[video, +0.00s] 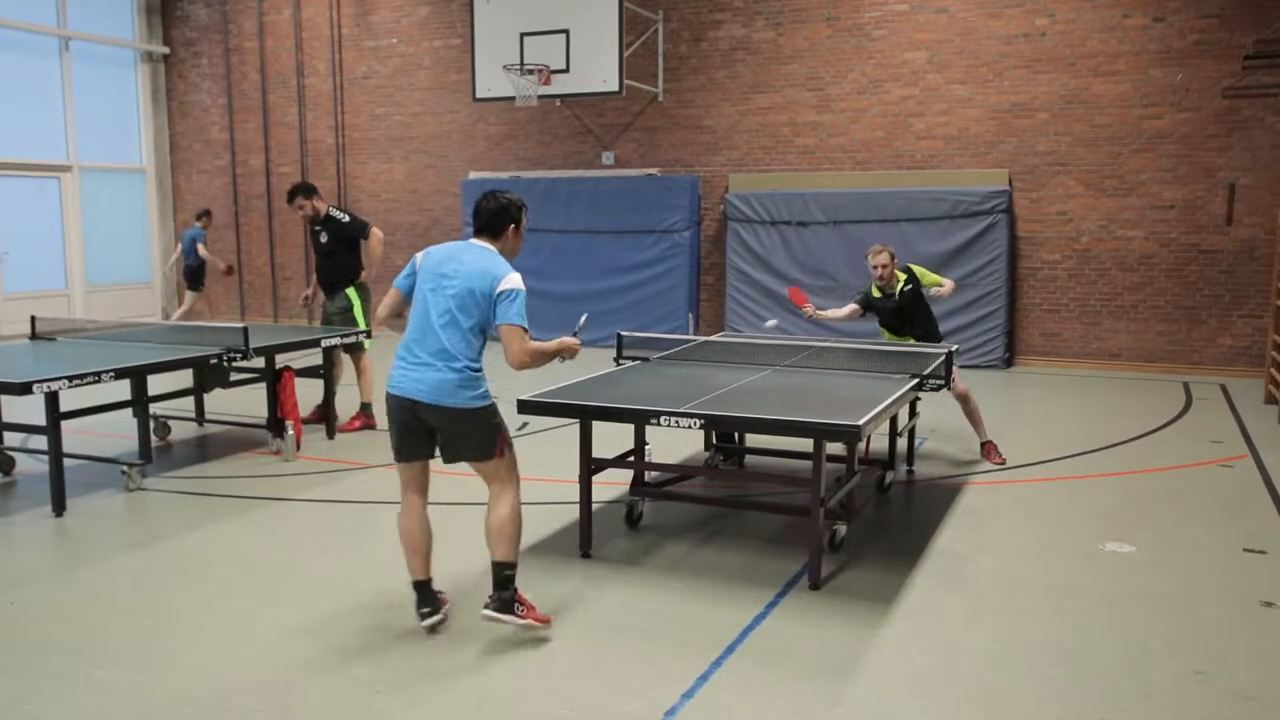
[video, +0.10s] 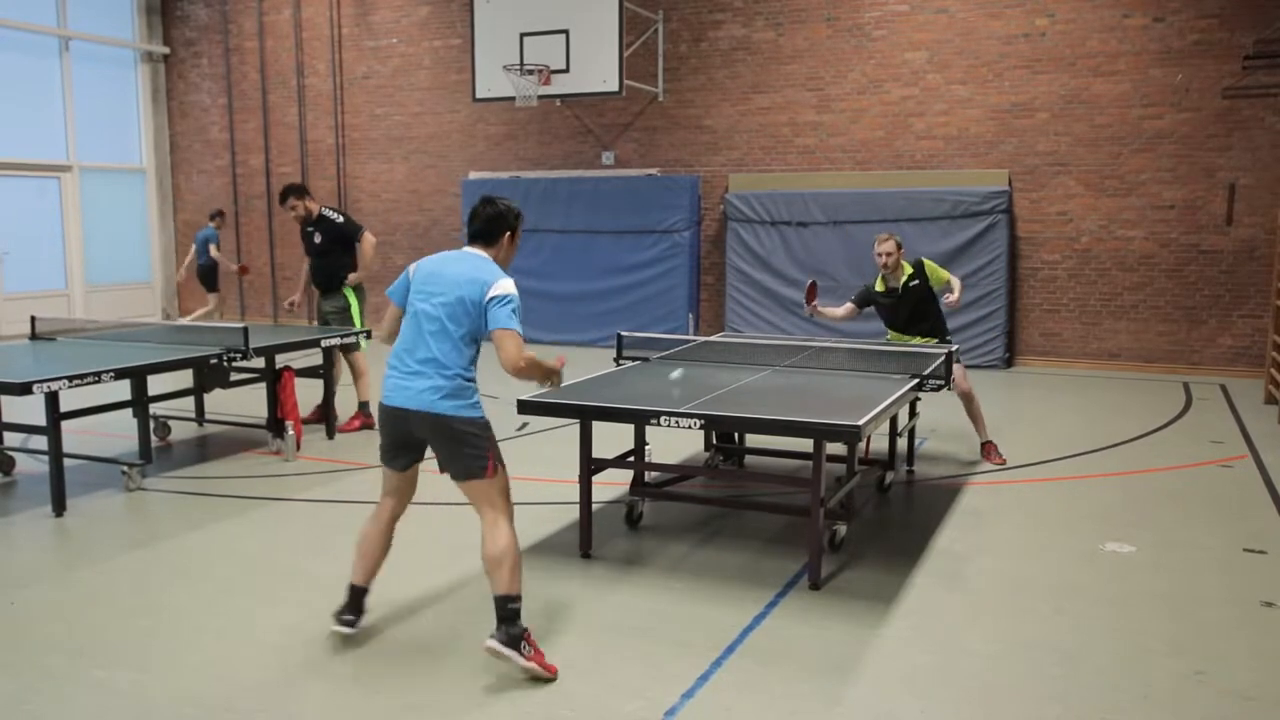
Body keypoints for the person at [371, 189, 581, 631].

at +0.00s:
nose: (523, 238)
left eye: (523, 230)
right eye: (523, 230)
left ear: (477, 226)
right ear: (511, 230)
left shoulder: (428, 256)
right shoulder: (504, 275)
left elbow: (385, 314)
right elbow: (519, 355)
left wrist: (426, 332)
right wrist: (558, 348)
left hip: (402, 392)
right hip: (458, 397)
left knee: (413, 491)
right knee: (503, 483)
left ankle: (424, 598)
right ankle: (504, 594)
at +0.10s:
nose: (515, 251)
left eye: (517, 243)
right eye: (517, 242)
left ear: (470, 233)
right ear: (506, 239)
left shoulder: (421, 267)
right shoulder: (496, 282)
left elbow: (384, 331)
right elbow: (514, 360)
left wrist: (429, 329)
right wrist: (547, 370)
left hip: (396, 404)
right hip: (453, 409)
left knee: (390, 501)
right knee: (495, 514)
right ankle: (510, 629)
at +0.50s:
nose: (382, 267)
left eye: (379, 261)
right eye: (377, 262)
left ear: (327, 266)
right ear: (366, 271)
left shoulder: (296, 294)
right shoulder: (376, 331)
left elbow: (337, 315)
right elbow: (431, 387)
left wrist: (369, 298)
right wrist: (485, 374)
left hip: (264, 451)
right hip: (321, 464)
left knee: (240, 532)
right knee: (392, 544)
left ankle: (169, 620)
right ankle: (377, 657)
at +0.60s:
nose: (354, 275)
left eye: (352, 267)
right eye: (352, 268)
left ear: (295, 268)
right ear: (341, 275)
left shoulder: (263, 306)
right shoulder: (346, 341)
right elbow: (397, 411)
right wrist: (449, 387)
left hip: (243, 460)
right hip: (299, 472)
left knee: (241, 532)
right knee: (365, 550)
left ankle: (169, 620)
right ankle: (339, 658)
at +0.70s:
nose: (353, 258)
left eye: (351, 250)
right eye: (351, 251)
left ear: (298, 252)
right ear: (338, 256)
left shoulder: (255, 288)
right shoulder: (341, 317)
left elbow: (216, 353)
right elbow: (377, 401)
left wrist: (259, 352)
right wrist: (434, 388)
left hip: (245, 447)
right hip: (303, 455)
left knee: (233, 527)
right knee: (363, 543)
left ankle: (170, 619)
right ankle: (343, 663)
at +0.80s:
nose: (362, 239)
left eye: (361, 231)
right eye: (361, 231)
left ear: (307, 227)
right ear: (348, 234)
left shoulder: (262, 266)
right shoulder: (343, 290)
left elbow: (222, 333)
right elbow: (367, 380)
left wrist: (271, 323)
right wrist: (426, 379)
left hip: (247, 420)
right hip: (301, 431)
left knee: (239, 512)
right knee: (357, 527)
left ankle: (191, 611)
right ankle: (349, 660)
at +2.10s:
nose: (538, 366)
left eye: (540, 358)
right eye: (540, 358)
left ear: (499, 343)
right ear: (531, 354)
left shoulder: (454, 350)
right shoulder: (512, 381)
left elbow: (388, 361)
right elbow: (526, 459)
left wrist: (391, 416)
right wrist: (545, 420)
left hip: (374, 445)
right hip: (416, 455)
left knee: (413, 493)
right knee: (506, 520)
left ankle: (378, 579)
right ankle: (501, 639)